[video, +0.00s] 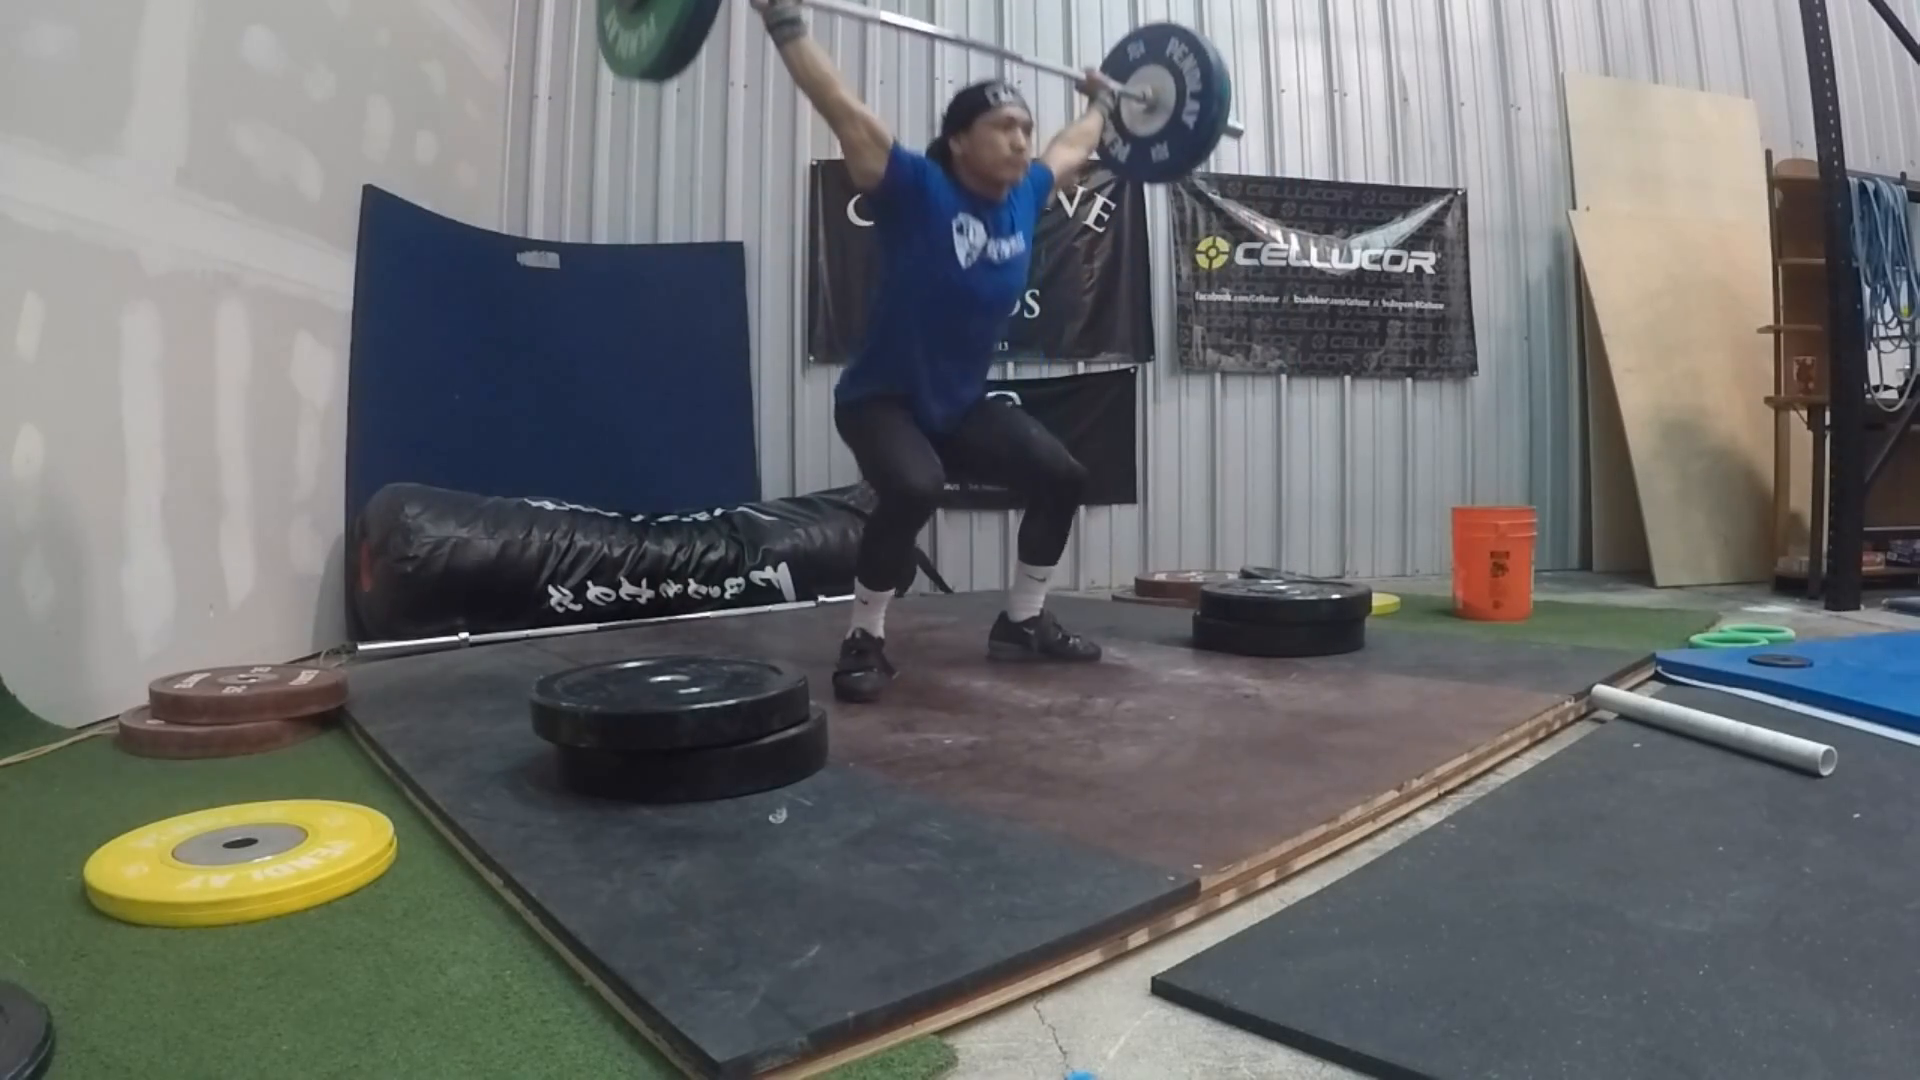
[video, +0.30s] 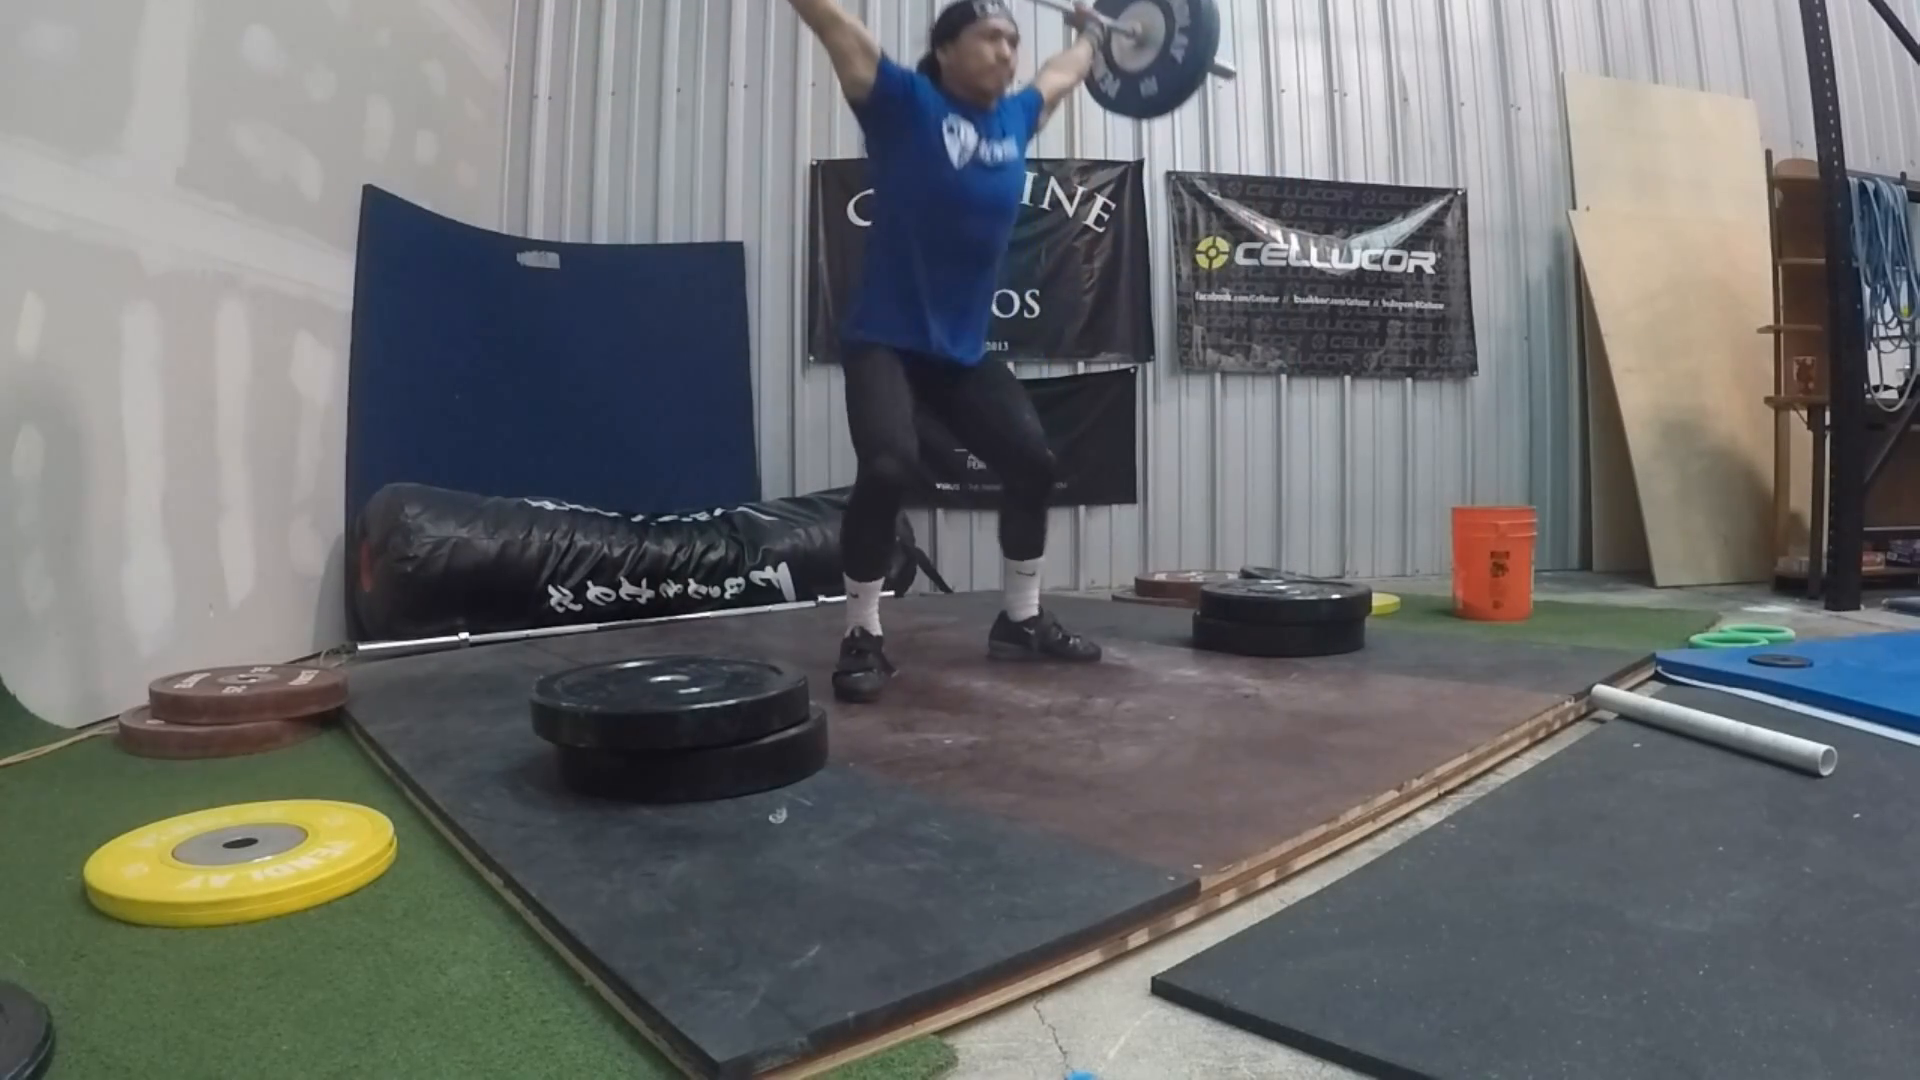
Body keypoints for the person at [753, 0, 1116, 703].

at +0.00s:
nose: (1021, 142)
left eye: (1026, 131)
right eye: (1003, 127)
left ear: (1026, 147)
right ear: (957, 143)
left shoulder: (1025, 193)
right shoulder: (913, 185)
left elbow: (1075, 147)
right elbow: (843, 113)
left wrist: (1105, 103)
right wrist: (784, 23)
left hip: (962, 401)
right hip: (879, 396)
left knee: (1061, 477)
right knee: (916, 486)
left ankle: (1021, 621)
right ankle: (864, 639)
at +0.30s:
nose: (1007, 53)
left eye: (1011, 43)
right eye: (990, 39)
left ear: (1012, 59)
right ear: (944, 51)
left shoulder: (1012, 119)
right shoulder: (901, 102)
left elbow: (1061, 75)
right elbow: (827, 21)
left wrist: (1094, 33)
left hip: (964, 351)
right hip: (882, 341)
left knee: (1032, 462)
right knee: (888, 469)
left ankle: (1020, 619)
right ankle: (863, 636)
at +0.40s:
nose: (1006, 23)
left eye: (1010, 12)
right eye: (989, 10)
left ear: (1011, 30)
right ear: (944, 23)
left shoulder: (1012, 93)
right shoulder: (902, 76)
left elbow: (1059, 49)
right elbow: (830, 6)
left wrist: (1100, 15)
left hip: (966, 328)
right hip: (885, 320)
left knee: (1008, 463)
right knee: (885, 467)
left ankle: (1015, 617)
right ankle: (863, 636)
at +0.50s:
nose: (1005, 14)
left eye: (1011, 5)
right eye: (989, 1)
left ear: (1012, 16)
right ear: (945, 10)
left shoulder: (1012, 77)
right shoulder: (905, 61)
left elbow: (1056, 37)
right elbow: (839, 7)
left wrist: (1095, 8)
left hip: (982, 318)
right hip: (901, 314)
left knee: (995, 465)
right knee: (890, 468)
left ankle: (991, 623)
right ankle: (864, 636)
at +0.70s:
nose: (1001, 17)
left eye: (1007, 8)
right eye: (985, 4)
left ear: (1006, 18)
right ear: (939, 11)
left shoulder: (1007, 78)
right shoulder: (896, 61)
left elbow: (1052, 39)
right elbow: (829, 8)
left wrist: (1092, 7)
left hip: (998, 312)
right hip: (918, 309)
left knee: (996, 465)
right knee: (901, 467)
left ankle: (992, 622)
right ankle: (867, 635)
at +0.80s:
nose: (994, 23)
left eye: (999, 14)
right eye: (978, 10)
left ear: (996, 28)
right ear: (932, 18)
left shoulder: (1000, 83)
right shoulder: (889, 68)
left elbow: (1044, 45)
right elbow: (821, 11)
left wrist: (1087, 11)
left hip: (998, 313)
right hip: (918, 311)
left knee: (1001, 463)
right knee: (905, 464)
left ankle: (992, 624)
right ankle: (867, 636)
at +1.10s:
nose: (929, 57)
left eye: (935, 47)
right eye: (916, 44)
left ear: (940, 55)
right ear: (875, 49)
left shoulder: (950, 115)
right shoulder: (840, 107)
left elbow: (1006, 78)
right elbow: (770, 34)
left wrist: (1043, 28)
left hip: (955, 324)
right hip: (877, 324)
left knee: (978, 456)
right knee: (873, 457)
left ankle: (991, 622)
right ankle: (816, 609)